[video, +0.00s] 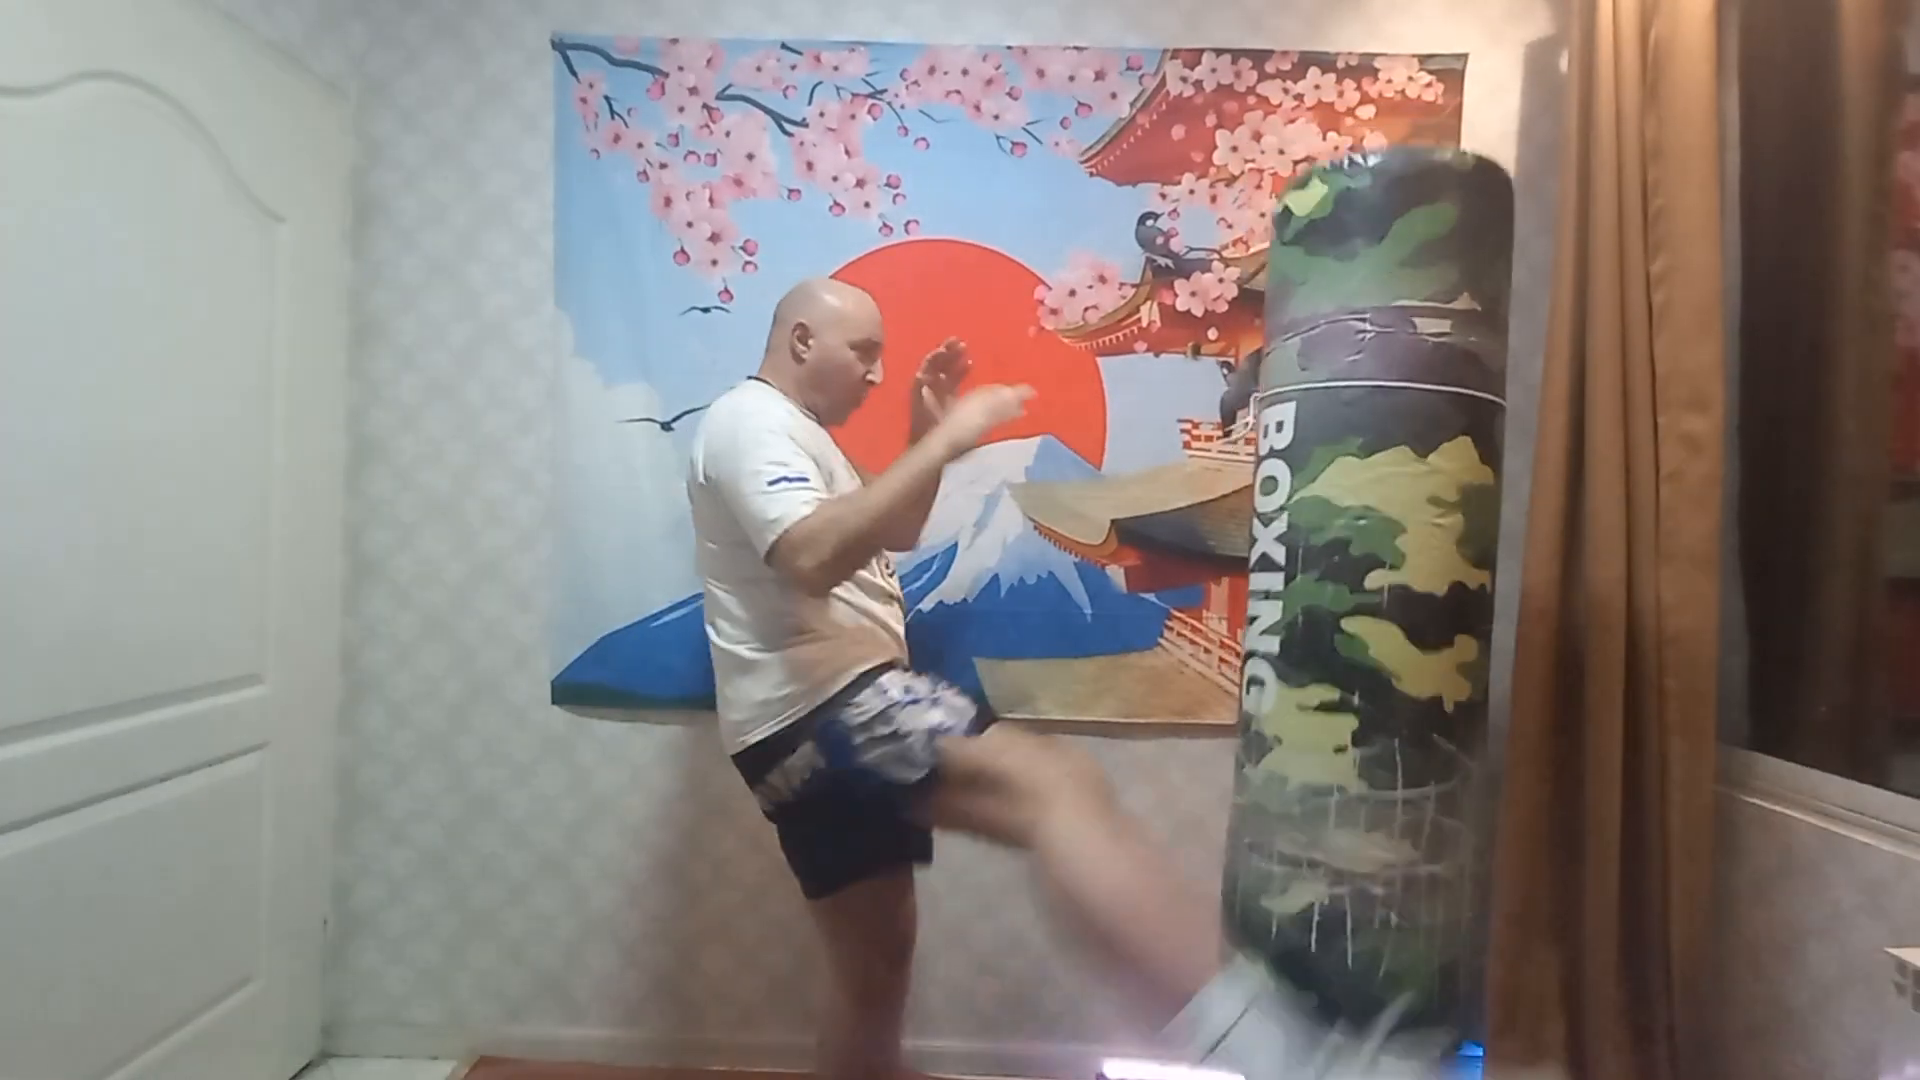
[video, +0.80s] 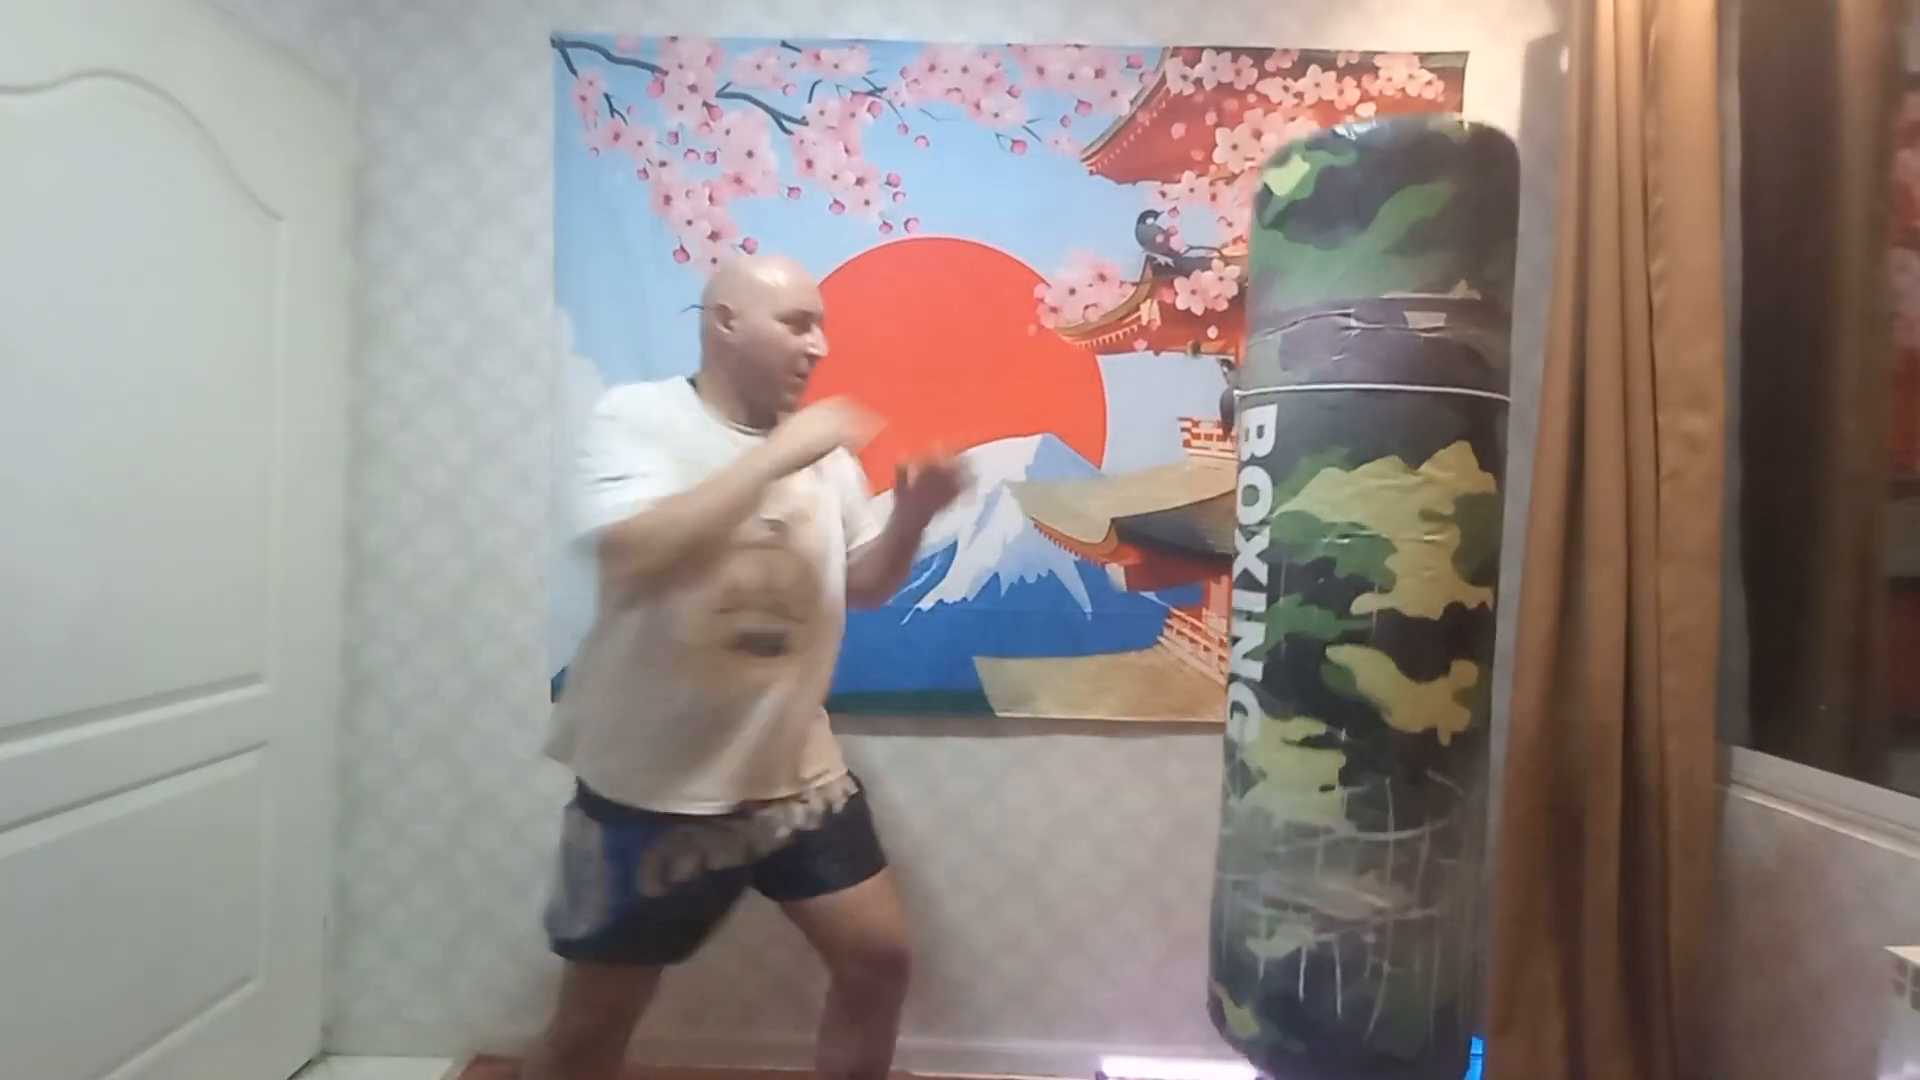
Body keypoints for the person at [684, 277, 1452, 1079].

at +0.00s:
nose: (875, 372)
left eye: (876, 355)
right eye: (863, 352)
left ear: (807, 349)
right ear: (798, 343)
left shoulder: (806, 437)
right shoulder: (746, 422)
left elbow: (878, 541)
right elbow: (806, 550)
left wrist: (925, 439)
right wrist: (942, 443)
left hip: (832, 709)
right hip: (824, 709)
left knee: (871, 971)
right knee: (1056, 785)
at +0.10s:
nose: (871, 365)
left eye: (875, 350)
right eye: (860, 345)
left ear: (801, 342)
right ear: (797, 336)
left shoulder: (817, 441)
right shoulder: (739, 417)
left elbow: (895, 549)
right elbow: (793, 549)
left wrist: (926, 445)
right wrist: (914, 426)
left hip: (847, 703)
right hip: (813, 709)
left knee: (868, 967)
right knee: (1004, 881)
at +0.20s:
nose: (868, 360)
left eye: (871, 343)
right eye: (853, 338)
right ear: (786, 333)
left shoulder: (827, 449)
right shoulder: (727, 421)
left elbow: (892, 565)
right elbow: (777, 561)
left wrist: (922, 460)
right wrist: (884, 428)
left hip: (867, 731)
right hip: (795, 738)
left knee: (887, 996)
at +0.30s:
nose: (853, 352)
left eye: (857, 335)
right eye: (836, 330)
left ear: (787, 333)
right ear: (770, 327)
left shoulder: (834, 442)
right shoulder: (699, 421)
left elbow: (901, 563)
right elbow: (741, 559)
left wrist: (916, 458)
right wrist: (844, 421)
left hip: (864, 766)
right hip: (745, 783)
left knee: (865, 985)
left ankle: (861, 1063)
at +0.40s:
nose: (829, 344)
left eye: (833, 326)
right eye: (810, 322)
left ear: (832, 334)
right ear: (740, 320)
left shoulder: (828, 440)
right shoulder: (654, 419)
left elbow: (910, 556)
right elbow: (658, 569)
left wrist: (898, 443)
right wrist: (796, 441)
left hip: (837, 770)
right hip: (684, 788)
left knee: (889, 968)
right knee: (599, 1028)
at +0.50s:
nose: (804, 339)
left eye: (810, 322)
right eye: (784, 317)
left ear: (814, 335)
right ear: (713, 317)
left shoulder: (826, 439)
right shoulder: (613, 419)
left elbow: (928, 543)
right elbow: (557, 577)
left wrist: (893, 418)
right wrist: (727, 484)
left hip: (803, 790)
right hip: (640, 799)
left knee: (875, 1001)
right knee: (587, 1034)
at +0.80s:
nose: (816, 346)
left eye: (819, 327)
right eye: (797, 324)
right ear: (724, 325)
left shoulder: (826, 454)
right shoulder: (632, 418)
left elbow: (863, 584)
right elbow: (628, 559)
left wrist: (912, 515)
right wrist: (781, 450)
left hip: (794, 774)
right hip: (651, 789)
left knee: (878, 959)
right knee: (593, 1027)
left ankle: (854, 1072)